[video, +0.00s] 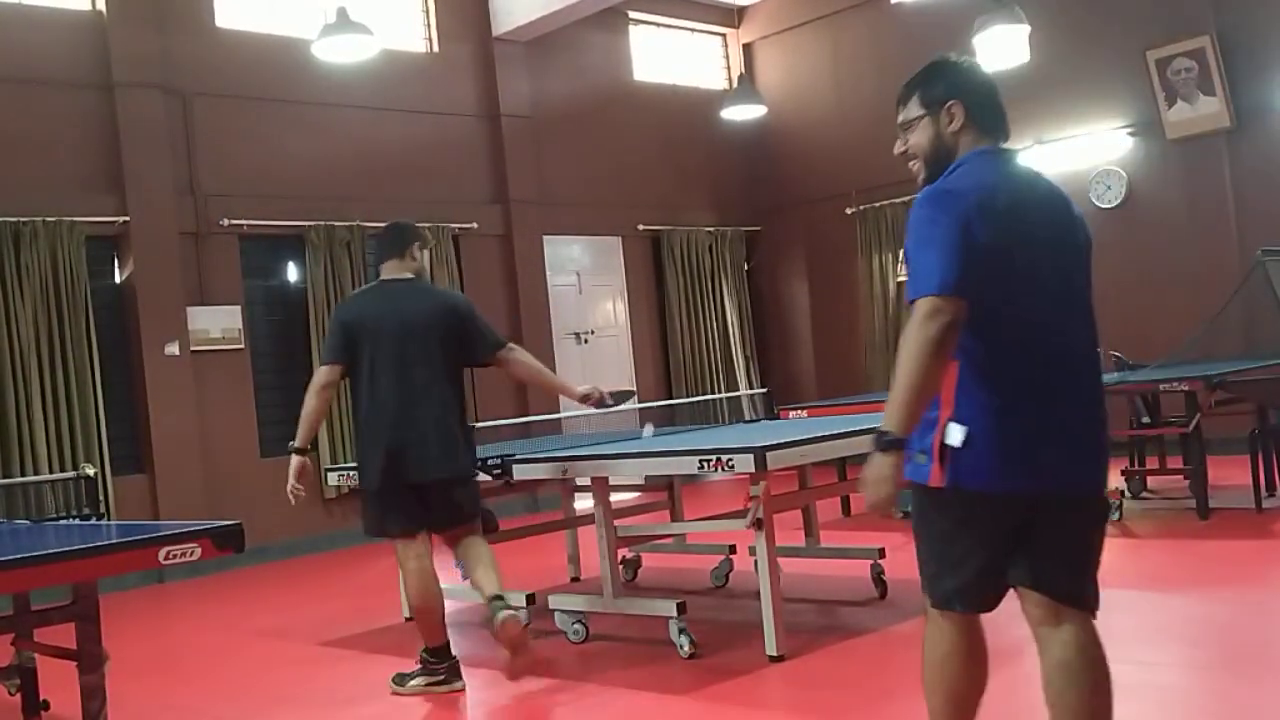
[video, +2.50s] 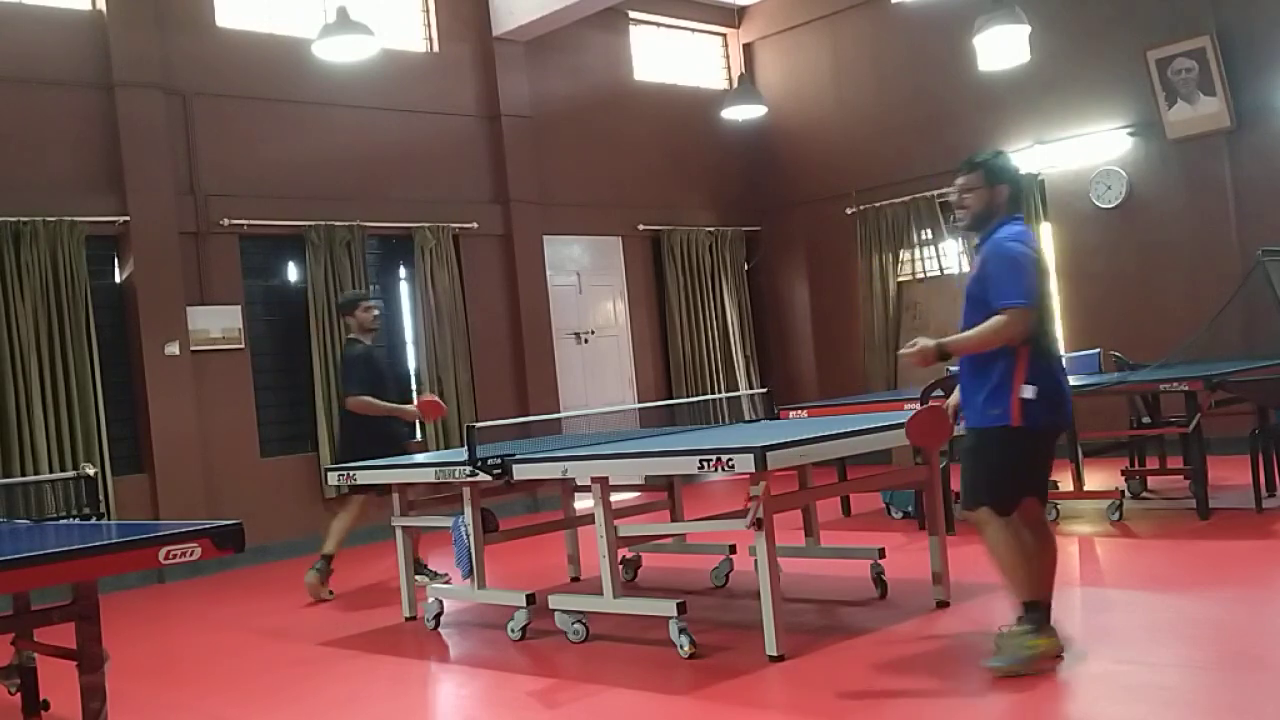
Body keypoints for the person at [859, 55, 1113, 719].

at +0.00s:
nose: (901, 148)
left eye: (907, 127)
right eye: (898, 133)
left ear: (952, 116)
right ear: (968, 121)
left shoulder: (945, 200)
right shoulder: (1056, 200)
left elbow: (937, 311)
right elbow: (1069, 334)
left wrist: (889, 443)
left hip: (974, 457)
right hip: (1071, 452)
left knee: (950, 613)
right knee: (1061, 614)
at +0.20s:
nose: (874, 152)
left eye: (881, 134)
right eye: (873, 137)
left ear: (922, 129)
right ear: (939, 130)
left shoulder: (894, 219)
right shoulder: (1036, 210)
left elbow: (861, 337)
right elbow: (1051, 334)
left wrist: (829, 451)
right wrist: (1015, 403)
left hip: (933, 453)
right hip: (1027, 446)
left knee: (936, 609)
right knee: (1033, 600)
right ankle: (1068, 716)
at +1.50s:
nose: (863, 228)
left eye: (863, 220)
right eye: (863, 220)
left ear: (875, 220)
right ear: (926, 206)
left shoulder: (872, 283)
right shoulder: (983, 246)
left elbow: (866, 373)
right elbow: (1030, 328)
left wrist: (852, 410)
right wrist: (1058, 403)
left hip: (927, 439)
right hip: (999, 429)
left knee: (939, 540)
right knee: (1020, 540)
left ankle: (956, 656)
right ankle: (1035, 649)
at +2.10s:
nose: (863, 231)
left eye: (867, 218)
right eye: (860, 221)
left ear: (901, 209)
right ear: (917, 210)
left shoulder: (891, 268)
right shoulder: (983, 248)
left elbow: (868, 364)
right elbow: (1026, 320)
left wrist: (872, 352)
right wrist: (1022, 387)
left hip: (940, 421)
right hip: (1002, 410)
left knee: (939, 530)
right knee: (1004, 515)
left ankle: (957, 654)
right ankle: (1029, 618)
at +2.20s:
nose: (887, 221)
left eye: (895, 210)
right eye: (886, 212)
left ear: (928, 206)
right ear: (936, 209)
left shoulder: (922, 263)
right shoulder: (994, 252)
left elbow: (896, 347)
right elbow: (1010, 331)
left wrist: (864, 369)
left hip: (953, 425)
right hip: (1011, 417)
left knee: (946, 532)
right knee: (1008, 519)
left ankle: (957, 654)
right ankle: (1037, 628)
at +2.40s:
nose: (935, 207)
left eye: (944, 197)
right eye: (933, 199)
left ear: (977, 196)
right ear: (973, 201)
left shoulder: (983, 248)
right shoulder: (1000, 244)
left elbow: (986, 327)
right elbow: (997, 330)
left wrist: (912, 357)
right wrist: (939, 359)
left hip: (992, 412)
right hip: (1030, 407)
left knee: (968, 515)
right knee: (1019, 513)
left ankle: (980, 638)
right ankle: (1036, 631)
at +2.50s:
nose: (957, 202)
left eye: (968, 192)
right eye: (955, 194)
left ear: (1000, 193)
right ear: (976, 198)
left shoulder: (1006, 244)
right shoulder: (1007, 242)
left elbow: (1017, 321)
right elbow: (1013, 327)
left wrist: (943, 347)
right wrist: (968, 377)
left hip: (1006, 411)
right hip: (1027, 408)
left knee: (984, 510)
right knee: (1028, 512)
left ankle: (1032, 625)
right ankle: (1038, 625)